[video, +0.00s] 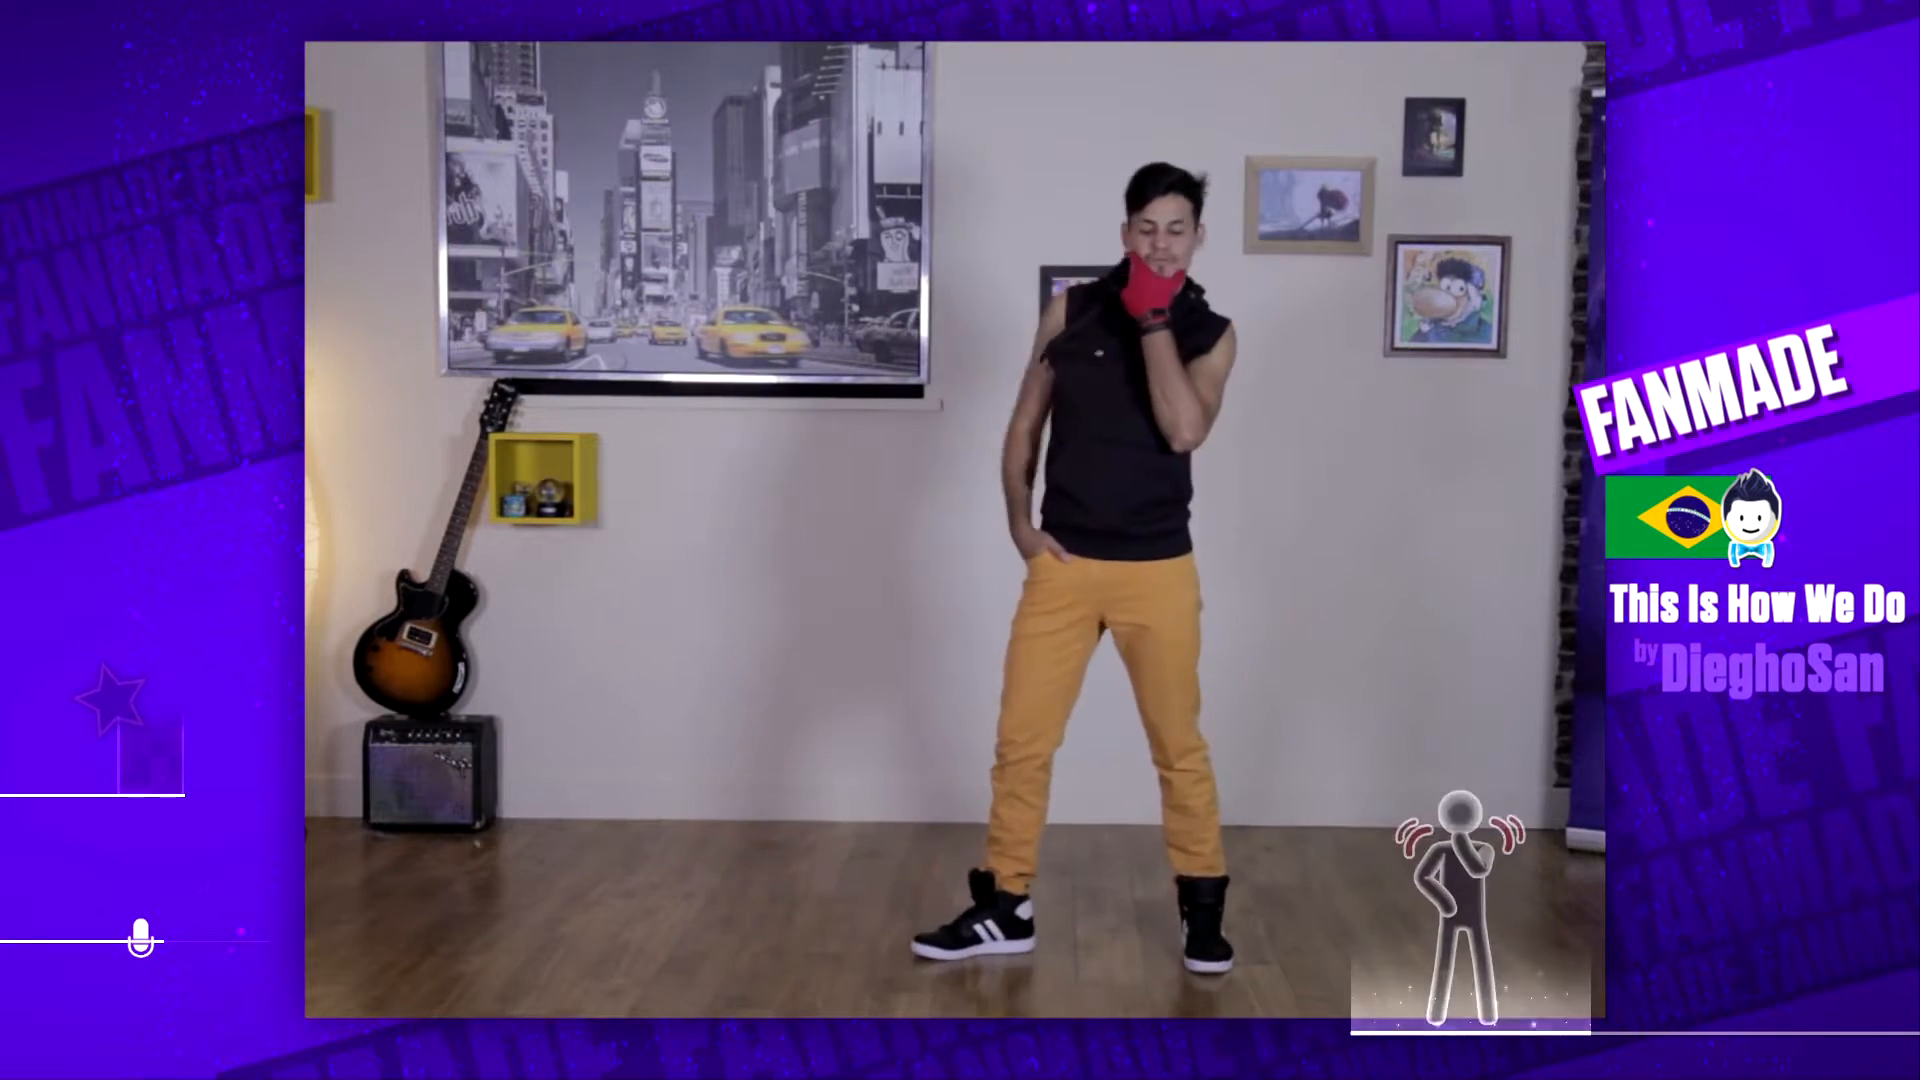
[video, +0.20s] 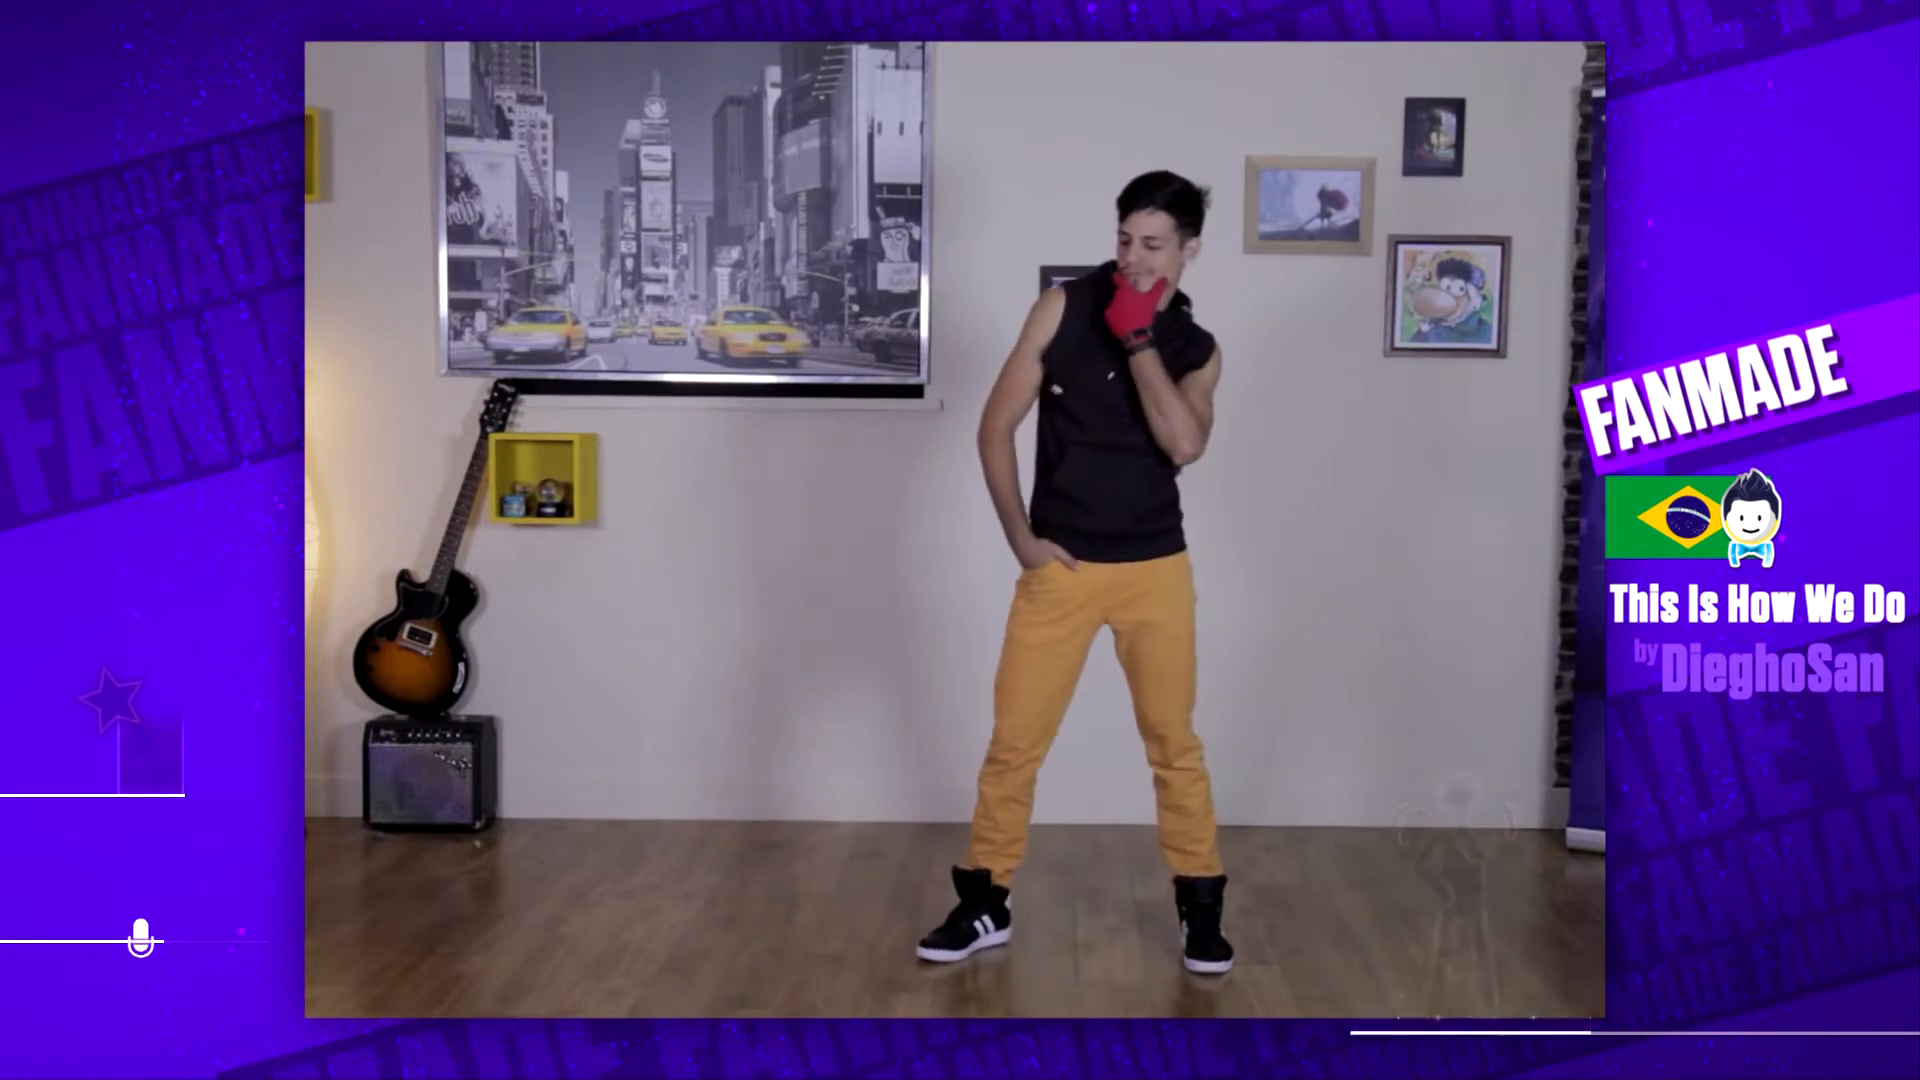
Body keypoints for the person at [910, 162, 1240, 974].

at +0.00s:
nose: (1160, 244)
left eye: (1176, 230)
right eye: (1147, 229)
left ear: (1199, 239)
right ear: (1124, 232)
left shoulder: (1210, 333)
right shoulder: (1071, 313)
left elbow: (1184, 429)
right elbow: (1025, 428)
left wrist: (1153, 320)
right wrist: (1021, 523)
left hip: (1156, 573)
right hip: (1062, 565)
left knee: (1177, 747)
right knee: (1020, 744)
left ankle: (1202, 909)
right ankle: (1005, 908)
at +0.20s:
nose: (1136, 257)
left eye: (1154, 244)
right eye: (1127, 241)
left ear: (1188, 250)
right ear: (1115, 239)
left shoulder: (1194, 348)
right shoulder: (1062, 311)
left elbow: (1184, 444)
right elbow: (995, 429)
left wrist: (1140, 344)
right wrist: (1021, 537)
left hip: (1154, 572)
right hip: (1059, 569)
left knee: (1173, 742)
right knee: (1013, 745)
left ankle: (1201, 907)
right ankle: (983, 903)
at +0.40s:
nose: (1088, 253)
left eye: (1107, 241)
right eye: (1080, 236)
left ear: (1142, 250)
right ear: (1068, 236)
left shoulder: (1143, 343)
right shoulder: (1024, 309)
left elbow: (1150, 442)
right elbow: (956, 427)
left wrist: (1097, 348)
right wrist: (997, 539)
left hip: (1123, 569)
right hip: (1030, 570)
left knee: (1155, 736)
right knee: (995, 743)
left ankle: (1190, 902)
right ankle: (968, 901)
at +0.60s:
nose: (1032, 234)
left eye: (1049, 221)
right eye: (1022, 221)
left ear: (1080, 232)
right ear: (1008, 229)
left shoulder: (1101, 331)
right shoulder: (971, 315)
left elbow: (1116, 434)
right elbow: (914, 440)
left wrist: (1059, 342)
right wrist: (964, 540)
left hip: (1090, 569)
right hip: (998, 569)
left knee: (1135, 741)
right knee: (983, 745)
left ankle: (1156, 909)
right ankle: (968, 904)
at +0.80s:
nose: (1003, 244)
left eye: (1017, 228)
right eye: (989, 232)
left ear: (1048, 231)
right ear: (975, 241)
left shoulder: (1097, 322)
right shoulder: (959, 338)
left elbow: (1091, 435)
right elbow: (911, 458)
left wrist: (1028, 343)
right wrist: (940, 535)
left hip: (1079, 567)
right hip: (985, 564)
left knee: (1123, 742)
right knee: (977, 743)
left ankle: (1156, 910)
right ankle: (968, 903)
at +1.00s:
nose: (1002, 254)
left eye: (1015, 237)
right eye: (988, 243)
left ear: (1048, 232)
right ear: (978, 249)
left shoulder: (1103, 309)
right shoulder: (992, 335)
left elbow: (1078, 428)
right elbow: (974, 444)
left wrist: (1013, 340)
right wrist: (957, 515)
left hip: (1087, 565)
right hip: (995, 559)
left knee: (1132, 741)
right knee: (981, 739)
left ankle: (1179, 903)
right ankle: (969, 901)